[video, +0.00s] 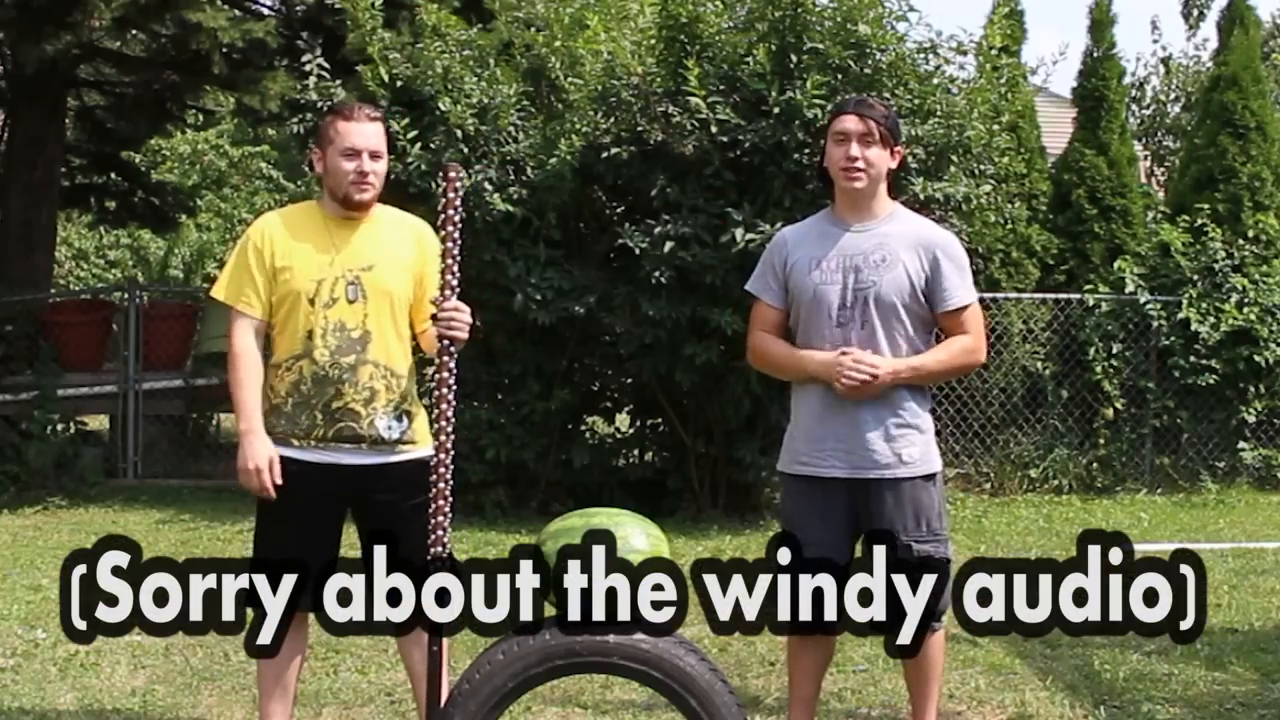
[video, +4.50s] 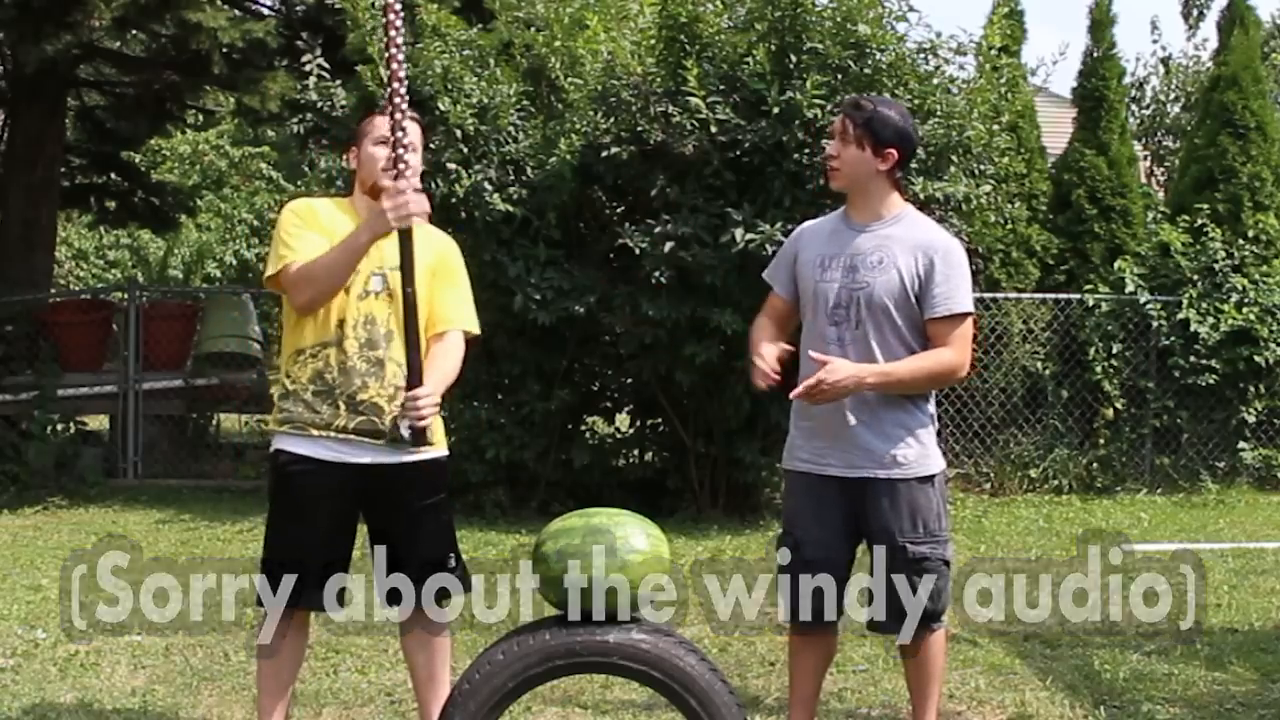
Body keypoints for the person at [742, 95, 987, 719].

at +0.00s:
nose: (852, 152)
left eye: (866, 141)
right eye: (840, 140)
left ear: (892, 156)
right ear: (824, 154)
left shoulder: (933, 243)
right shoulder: (790, 243)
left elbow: (972, 345)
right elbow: (759, 344)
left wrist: (895, 369)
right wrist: (819, 365)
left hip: (904, 465)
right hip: (813, 463)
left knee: (921, 610)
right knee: (808, 610)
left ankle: (924, 717)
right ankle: (799, 717)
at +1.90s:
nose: (821, 164)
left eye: (835, 153)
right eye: (820, 152)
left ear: (880, 159)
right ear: (820, 156)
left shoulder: (938, 245)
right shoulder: (798, 244)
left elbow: (970, 351)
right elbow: (767, 356)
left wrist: (893, 378)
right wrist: (773, 326)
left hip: (906, 467)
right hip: (816, 464)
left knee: (923, 611)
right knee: (810, 610)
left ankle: (924, 717)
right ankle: (800, 716)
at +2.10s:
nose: (819, 165)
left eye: (832, 153)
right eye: (818, 152)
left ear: (879, 158)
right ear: (829, 157)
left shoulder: (938, 244)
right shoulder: (801, 242)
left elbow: (970, 350)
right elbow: (746, 327)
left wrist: (889, 375)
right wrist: (705, 265)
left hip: (908, 467)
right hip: (817, 464)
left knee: (923, 611)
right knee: (811, 610)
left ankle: (925, 716)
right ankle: (800, 717)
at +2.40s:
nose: (818, 163)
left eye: (831, 152)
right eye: (817, 150)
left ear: (876, 159)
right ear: (826, 156)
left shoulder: (935, 245)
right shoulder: (802, 243)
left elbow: (967, 351)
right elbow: (765, 332)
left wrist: (888, 376)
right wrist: (694, 338)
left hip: (906, 467)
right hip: (816, 464)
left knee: (922, 611)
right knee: (812, 609)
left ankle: (924, 717)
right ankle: (800, 716)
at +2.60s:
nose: (810, 165)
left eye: (823, 153)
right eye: (809, 152)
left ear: (867, 157)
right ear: (834, 158)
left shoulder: (929, 245)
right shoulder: (798, 245)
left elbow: (961, 350)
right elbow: (780, 334)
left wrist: (874, 381)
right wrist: (784, 366)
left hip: (901, 467)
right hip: (813, 466)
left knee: (920, 611)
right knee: (809, 610)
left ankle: (924, 716)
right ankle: (799, 716)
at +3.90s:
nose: (821, 161)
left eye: (834, 151)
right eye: (821, 149)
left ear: (879, 158)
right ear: (829, 156)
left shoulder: (935, 245)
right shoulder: (805, 244)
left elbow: (964, 353)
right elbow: (762, 328)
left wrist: (875, 377)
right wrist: (697, 322)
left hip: (906, 468)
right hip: (817, 466)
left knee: (923, 612)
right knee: (812, 609)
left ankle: (925, 717)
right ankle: (800, 716)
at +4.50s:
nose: (828, 150)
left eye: (842, 141)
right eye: (831, 139)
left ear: (884, 158)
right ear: (861, 156)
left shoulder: (935, 247)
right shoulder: (807, 239)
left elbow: (955, 357)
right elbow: (774, 319)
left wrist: (861, 375)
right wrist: (766, 348)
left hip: (902, 467)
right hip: (813, 462)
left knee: (921, 613)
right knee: (808, 610)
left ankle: (924, 716)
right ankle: (799, 716)